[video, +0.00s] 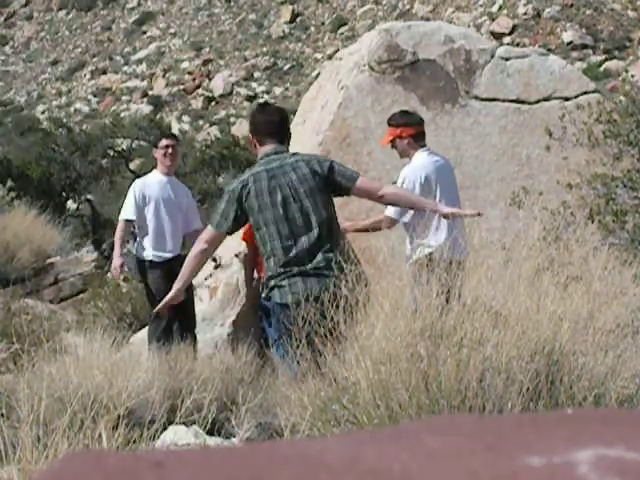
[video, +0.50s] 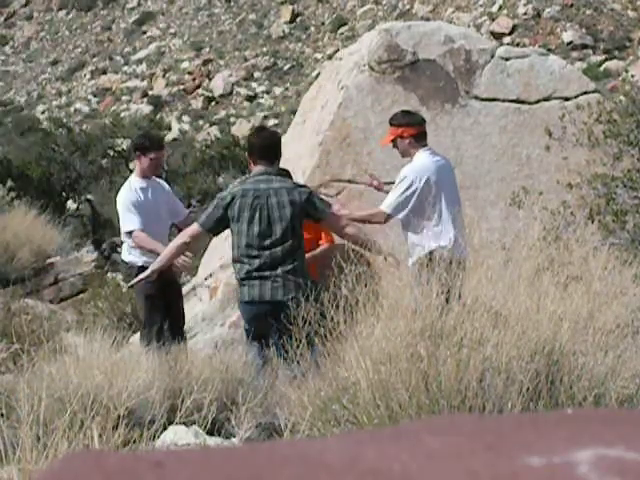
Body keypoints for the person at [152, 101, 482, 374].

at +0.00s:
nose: (248, 140)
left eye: (249, 136)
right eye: (254, 135)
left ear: (253, 140)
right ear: (287, 134)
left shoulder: (243, 185)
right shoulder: (315, 165)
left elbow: (207, 243)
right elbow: (380, 192)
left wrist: (177, 288)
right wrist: (438, 208)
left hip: (287, 297)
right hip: (336, 287)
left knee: (298, 379)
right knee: (341, 370)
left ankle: (308, 443)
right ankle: (348, 437)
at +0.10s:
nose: (253, 141)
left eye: (254, 137)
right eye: (264, 136)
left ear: (258, 139)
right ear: (291, 136)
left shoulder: (245, 183)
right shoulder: (317, 169)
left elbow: (201, 230)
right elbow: (380, 192)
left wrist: (170, 258)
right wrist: (437, 208)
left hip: (285, 291)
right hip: (331, 284)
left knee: (296, 373)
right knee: (338, 365)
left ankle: (306, 436)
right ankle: (343, 428)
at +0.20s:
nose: (259, 137)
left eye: (258, 133)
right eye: (270, 132)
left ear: (258, 136)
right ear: (291, 133)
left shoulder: (242, 175)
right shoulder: (311, 168)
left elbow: (193, 209)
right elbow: (372, 196)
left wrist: (153, 228)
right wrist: (427, 213)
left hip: (274, 286)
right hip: (315, 281)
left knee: (285, 360)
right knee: (316, 354)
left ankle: (307, 417)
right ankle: (327, 410)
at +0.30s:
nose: (260, 145)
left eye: (258, 140)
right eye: (276, 139)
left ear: (257, 144)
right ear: (290, 143)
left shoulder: (240, 184)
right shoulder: (307, 182)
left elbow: (184, 214)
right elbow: (359, 214)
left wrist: (143, 233)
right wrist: (414, 235)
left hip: (262, 296)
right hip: (303, 292)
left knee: (262, 377)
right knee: (309, 373)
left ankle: (267, 440)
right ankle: (314, 435)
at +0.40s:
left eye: (253, 154)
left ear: (253, 156)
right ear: (284, 154)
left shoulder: (237, 192)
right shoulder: (302, 191)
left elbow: (187, 229)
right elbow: (349, 225)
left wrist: (147, 254)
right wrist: (394, 250)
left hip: (257, 298)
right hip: (299, 296)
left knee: (253, 368)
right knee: (307, 368)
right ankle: (319, 420)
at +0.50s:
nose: (253, 163)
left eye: (250, 158)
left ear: (249, 159)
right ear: (280, 156)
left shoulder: (234, 194)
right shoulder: (298, 192)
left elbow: (189, 236)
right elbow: (342, 228)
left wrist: (154, 269)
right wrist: (376, 248)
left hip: (252, 296)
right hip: (292, 292)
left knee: (260, 362)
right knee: (304, 361)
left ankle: (263, 418)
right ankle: (314, 417)